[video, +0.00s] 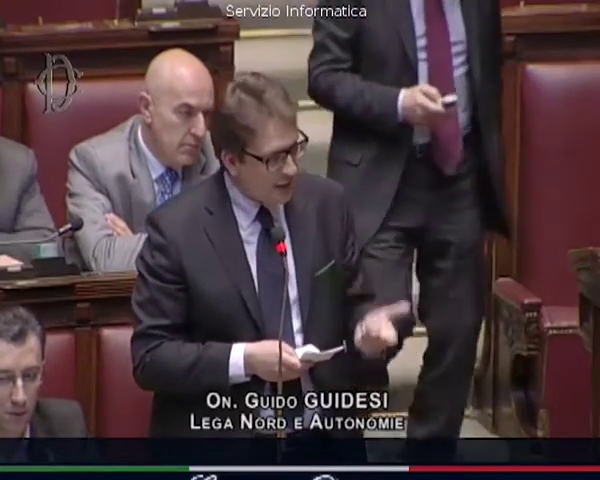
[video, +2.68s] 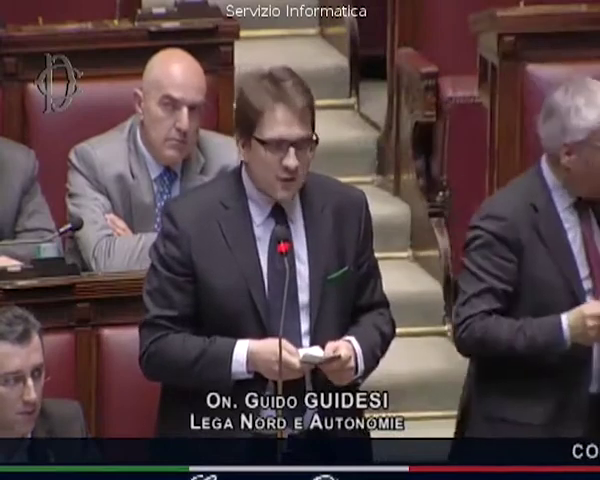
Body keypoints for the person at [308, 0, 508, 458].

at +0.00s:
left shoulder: (481, 5)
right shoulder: (351, 5)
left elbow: (488, 79)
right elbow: (323, 77)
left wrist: (490, 177)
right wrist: (397, 102)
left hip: (461, 173)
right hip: (380, 172)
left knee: (457, 333)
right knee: (381, 324)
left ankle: (429, 461)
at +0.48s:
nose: (469, 16)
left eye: (475, 9)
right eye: (462, 9)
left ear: (480, 3)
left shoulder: (487, 24)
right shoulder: (365, 29)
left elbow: (496, 132)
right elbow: (334, 142)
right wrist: (410, 165)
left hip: (471, 238)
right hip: (393, 241)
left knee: (477, 393)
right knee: (398, 406)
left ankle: (419, 474)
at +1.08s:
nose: (498, 55)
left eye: (506, 41)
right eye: (485, 42)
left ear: (514, 29)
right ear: (446, 24)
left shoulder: (515, 75)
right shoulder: (391, 80)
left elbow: (520, 189)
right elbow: (372, 189)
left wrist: (519, 293)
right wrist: (449, 162)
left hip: (495, 292)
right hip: (417, 296)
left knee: (496, 447)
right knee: (420, 452)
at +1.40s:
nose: (534, 85)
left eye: (542, 70)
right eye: (520, 73)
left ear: (550, 57)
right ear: (484, 61)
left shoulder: (547, 115)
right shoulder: (437, 118)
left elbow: (551, 225)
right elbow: (447, 217)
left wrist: (563, 315)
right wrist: (503, 140)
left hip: (535, 331)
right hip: (463, 336)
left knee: (534, 479)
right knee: (470, 479)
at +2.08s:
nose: (565, 159)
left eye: (571, 147)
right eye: (556, 149)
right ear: (513, 131)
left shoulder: (566, 186)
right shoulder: (460, 189)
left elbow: (576, 293)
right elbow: (484, 282)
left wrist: (585, 382)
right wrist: (536, 198)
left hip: (567, 396)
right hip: (492, 405)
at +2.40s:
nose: (589, 171)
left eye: (592, 158)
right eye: (579, 159)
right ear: (533, 143)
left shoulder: (572, 192)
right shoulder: (475, 205)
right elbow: (473, 319)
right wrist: (558, 275)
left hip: (575, 405)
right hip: (499, 411)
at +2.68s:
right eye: (599, 148)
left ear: (570, 152)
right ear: (569, 153)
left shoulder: (588, 206)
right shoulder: (505, 218)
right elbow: (471, 328)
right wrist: (566, 329)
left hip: (589, 423)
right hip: (526, 430)